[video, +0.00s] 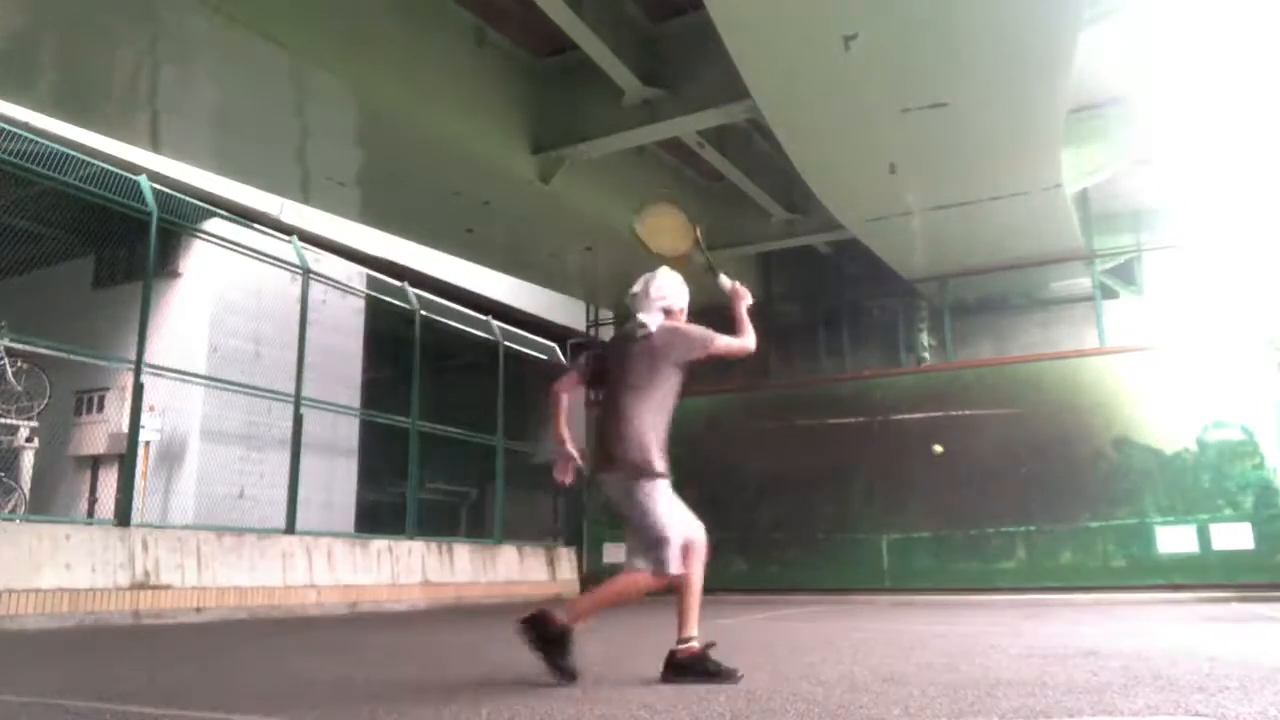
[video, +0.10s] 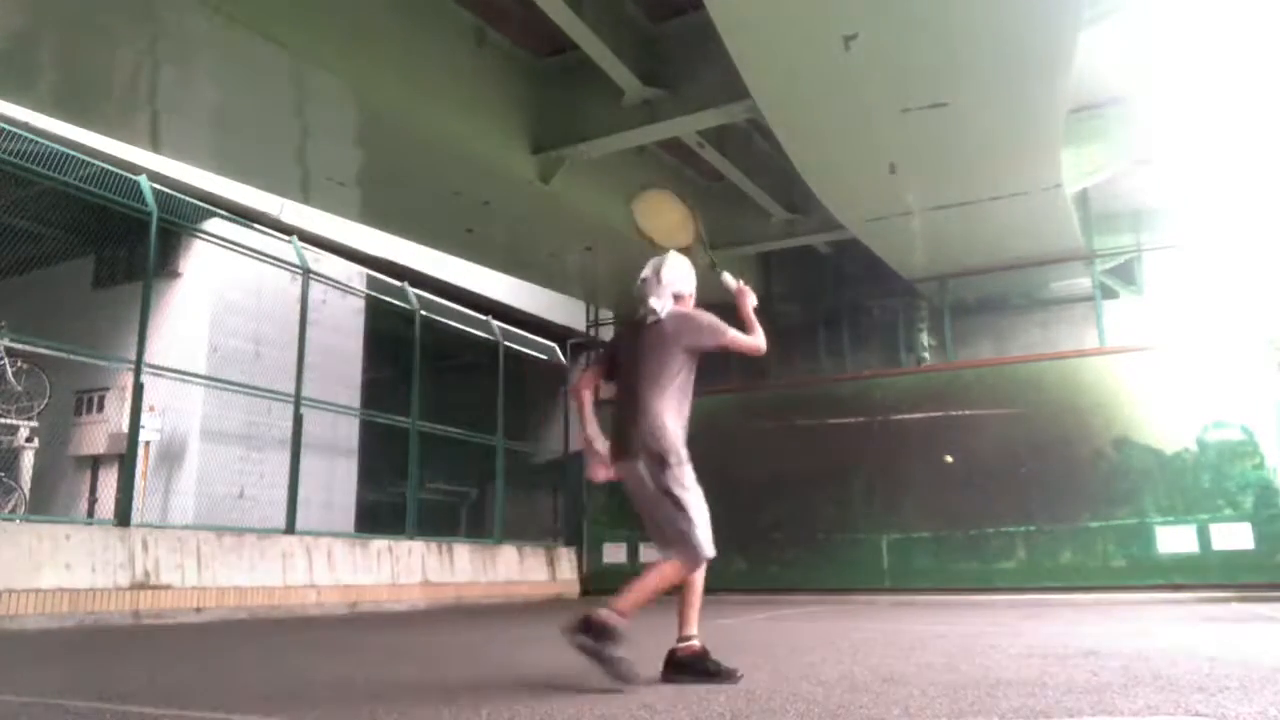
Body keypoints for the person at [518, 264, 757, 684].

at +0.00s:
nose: (686, 315)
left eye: (685, 309)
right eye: (684, 309)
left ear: (642, 307)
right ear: (674, 309)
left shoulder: (613, 348)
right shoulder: (675, 337)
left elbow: (561, 388)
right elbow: (746, 345)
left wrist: (565, 446)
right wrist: (742, 306)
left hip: (616, 470)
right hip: (642, 470)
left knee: (694, 540)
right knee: (663, 568)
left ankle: (687, 648)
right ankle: (555, 622)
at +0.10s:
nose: (694, 299)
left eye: (692, 293)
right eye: (692, 293)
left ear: (651, 293)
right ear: (683, 293)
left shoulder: (630, 335)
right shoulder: (686, 322)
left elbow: (583, 385)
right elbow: (757, 344)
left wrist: (594, 446)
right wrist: (747, 308)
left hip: (632, 452)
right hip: (661, 450)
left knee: (694, 550)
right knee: (693, 551)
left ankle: (687, 648)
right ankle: (604, 622)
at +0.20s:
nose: (698, 282)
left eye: (694, 276)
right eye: (697, 275)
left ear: (653, 275)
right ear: (690, 276)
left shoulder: (632, 317)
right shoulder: (698, 307)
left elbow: (603, 375)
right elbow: (758, 355)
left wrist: (625, 414)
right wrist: (754, 324)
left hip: (637, 438)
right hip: (676, 434)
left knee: (681, 542)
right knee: (707, 537)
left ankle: (688, 644)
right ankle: (657, 632)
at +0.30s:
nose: (699, 272)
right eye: (699, 265)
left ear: (655, 264)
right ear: (696, 266)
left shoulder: (634, 311)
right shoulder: (705, 304)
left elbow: (612, 379)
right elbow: (751, 366)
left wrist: (642, 395)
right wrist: (755, 348)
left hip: (642, 432)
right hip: (686, 427)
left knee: (677, 541)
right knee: (711, 538)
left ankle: (683, 644)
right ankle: (713, 642)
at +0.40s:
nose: (706, 274)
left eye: (697, 267)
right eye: (706, 268)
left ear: (663, 265)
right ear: (700, 268)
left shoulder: (636, 312)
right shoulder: (712, 304)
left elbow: (616, 385)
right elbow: (749, 378)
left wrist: (650, 390)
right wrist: (742, 388)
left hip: (643, 436)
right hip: (689, 433)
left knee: (678, 543)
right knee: (714, 544)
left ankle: (683, 646)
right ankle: (724, 657)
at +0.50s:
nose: (700, 266)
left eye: (681, 257)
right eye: (703, 259)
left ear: (665, 264)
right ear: (705, 265)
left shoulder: (638, 313)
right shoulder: (721, 308)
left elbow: (619, 386)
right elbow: (753, 378)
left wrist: (649, 386)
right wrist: (736, 406)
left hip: (646, 437)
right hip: (697, 434)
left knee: (670, 543)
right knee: (716, 546)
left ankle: (681, 648)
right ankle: (722, 659)